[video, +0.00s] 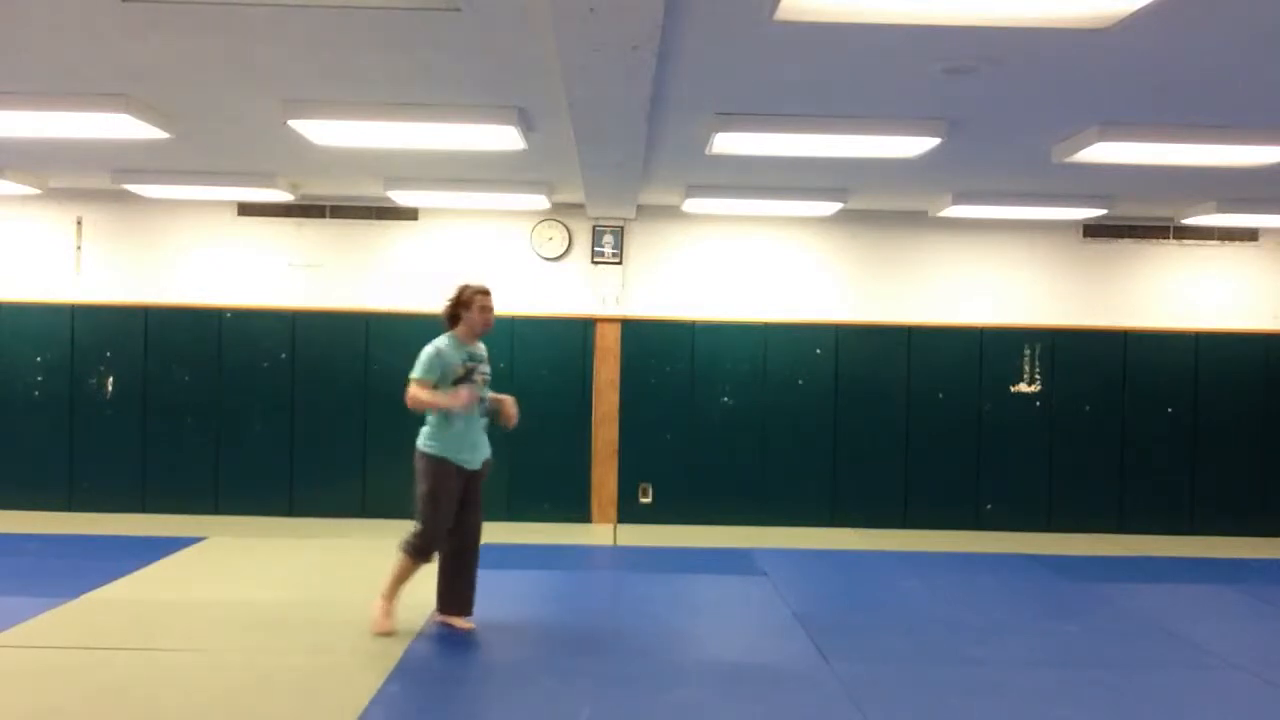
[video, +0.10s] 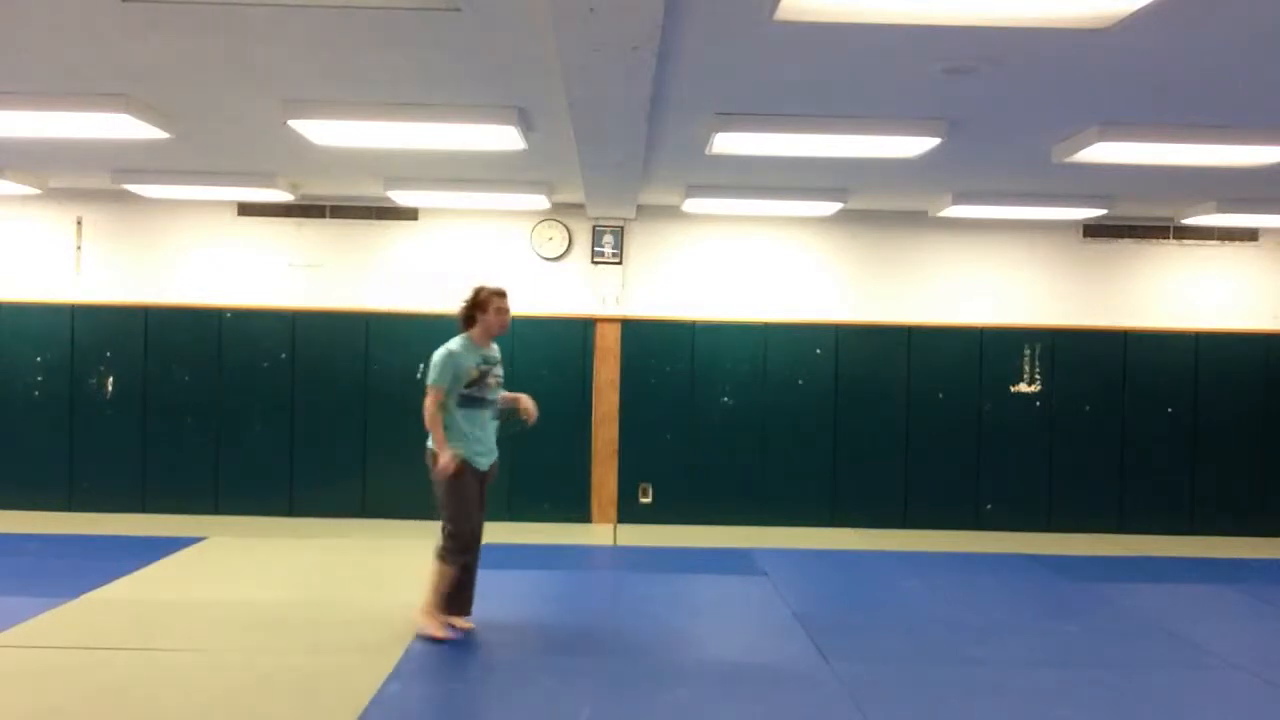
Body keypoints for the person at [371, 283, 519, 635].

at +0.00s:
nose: (490, 316)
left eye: (491, 310)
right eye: (483, 310)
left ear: (487, 314)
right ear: (463, 312)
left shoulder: (480, 352)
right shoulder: (437, 350)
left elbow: (470, 396)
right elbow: (414, 396)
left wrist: (499, 402)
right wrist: (450, 399)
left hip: (472, 455)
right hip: (438, 454)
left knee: (464, 536)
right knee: (432, 533)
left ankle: (451, 609)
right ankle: (387, 598)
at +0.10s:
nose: (506, 319)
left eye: (507, 312)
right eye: (499, 312)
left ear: (502, 317)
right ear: (479, 314)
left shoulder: (493, 354)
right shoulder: (450, 354)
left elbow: (484, 399)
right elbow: (432, 405)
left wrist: (518, 399)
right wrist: (442, 449)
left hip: (482, 459)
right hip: (454, 457)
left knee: (471, 537)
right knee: (458, 535)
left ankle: (455, 612)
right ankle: (431, 612)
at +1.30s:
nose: (678, 314)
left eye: (684, 306)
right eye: (669, 307)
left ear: (692, 312)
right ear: (653, 314)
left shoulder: (703, 354)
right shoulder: (632, 356)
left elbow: (716, 396)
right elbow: (605, 413)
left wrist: (728, 407)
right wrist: (600, 473)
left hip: (686, 475)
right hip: (641, 473)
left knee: (679, 566)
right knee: (655, 565)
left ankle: (666, 644)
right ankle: (657, 660)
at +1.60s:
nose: (691, 308)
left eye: (697, 301)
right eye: (681, 302)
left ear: (708, 308)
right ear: (667, 310)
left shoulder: (722, 351)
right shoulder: (648, 360)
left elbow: (734, 405)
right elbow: (629, 424)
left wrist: (751, 452)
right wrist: (633, 486)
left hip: (723, 484)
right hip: (670, 487)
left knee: (724, 574)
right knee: (679, 582)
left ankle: (692, 643)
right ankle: (689, 676)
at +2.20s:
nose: (737, 304)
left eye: (745, 295)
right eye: (728, 296)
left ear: (759, 302)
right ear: (714, 305)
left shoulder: (785, 357)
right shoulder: (694, 361)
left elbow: (805, 426)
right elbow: (674, 427)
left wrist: (821, 491)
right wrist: (670, 489)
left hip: (772, 509)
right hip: (709, 508)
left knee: (763, 629)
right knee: (699, 612)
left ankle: (757, 713)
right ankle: (695, 668)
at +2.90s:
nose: (711, 295)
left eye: (720, 284)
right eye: (700, 286)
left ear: (738, 291)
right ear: (687, 298)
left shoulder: (776, 342)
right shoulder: (676, 359)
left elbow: (809, 413)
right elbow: (667, 436)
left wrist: (774, 439)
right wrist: (671, 503)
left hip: (778, 524)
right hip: (705, 528)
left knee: (794, 645)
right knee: (710, 653)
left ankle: (789, 715)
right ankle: (709, 719)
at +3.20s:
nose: (732, 297)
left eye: (743, 286)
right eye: (722, 288)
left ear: (763, 295)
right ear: (711, 299)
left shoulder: (796, 347)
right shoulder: (705, 358)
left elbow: (812, 423)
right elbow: (695, 436)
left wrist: (750, 366)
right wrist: (685, 507)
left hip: (772, 525)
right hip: (707, 524)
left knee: (766, 658)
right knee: (706, 660)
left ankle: (774, 717)